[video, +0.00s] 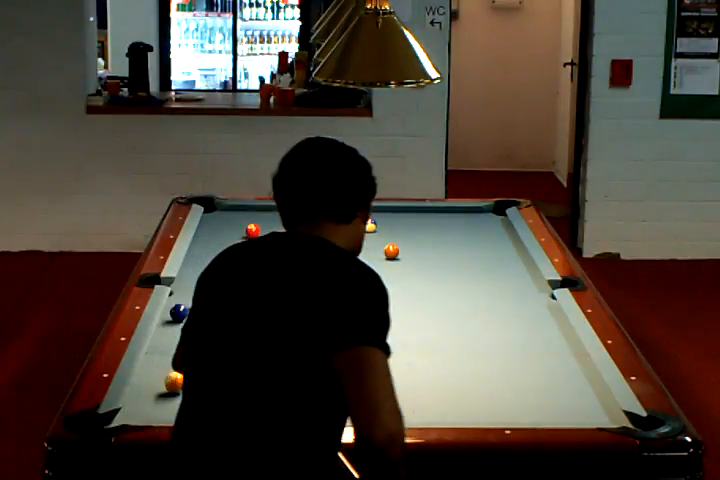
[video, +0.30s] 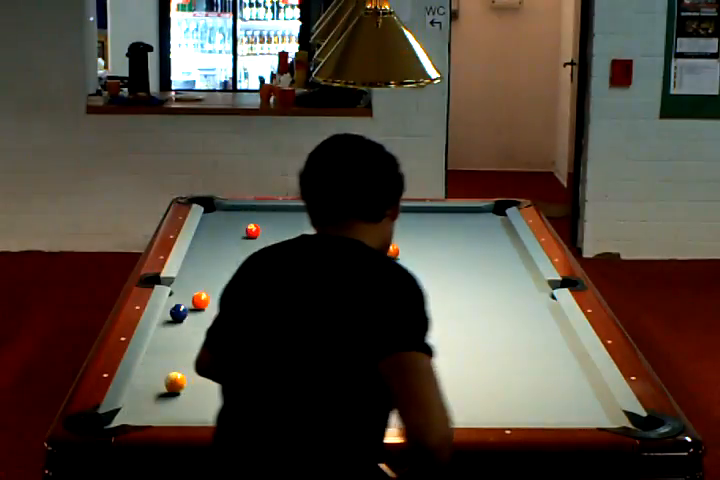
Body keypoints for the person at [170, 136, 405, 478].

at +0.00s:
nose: (366, 226)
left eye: (366, 213)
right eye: (367, 214)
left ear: (282, 205)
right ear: (361, 214)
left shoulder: (227, 263)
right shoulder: (354, 282)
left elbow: (184, 363)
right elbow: (381, 430)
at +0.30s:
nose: (395, 218)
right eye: (396, 208)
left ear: (311, 204)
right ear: (391, 209)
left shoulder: (260, 265)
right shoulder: (391, 283)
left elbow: (207, 363)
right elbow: (432, 434)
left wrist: (280, 379)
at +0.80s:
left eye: (448, 203)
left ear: (450, 209)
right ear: (525, 204)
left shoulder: (420, 282)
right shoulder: (568, 273)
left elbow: (345, 390)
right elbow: (646, 384)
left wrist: (356, 381)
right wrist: (643, 460)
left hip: (428, 479)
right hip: (529, 479)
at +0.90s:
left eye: (478, 202)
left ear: (478, 208)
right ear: (558, 196)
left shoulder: (452, 277)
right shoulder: (600, 265)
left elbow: (376, 392)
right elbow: (688, 369)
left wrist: (382, 394)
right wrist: (699, 455)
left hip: (461, 474)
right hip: (563, 473)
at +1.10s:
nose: (533, 222)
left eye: (531, 213)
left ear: (536, 217)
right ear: (608, 205)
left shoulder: (518, 282)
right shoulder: (670, 266)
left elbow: (437, 395)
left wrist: (431, 407)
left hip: (535, 478)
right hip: (641, 476)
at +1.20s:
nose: (563, 236)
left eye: (564, 225)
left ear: (572, 229)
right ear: (643, 222)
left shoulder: (559, 301)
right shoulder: (698, 279)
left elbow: (480, 394)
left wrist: (452, 423)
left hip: (581, 472)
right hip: (690, 466)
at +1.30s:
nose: (600, 262)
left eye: (601, 253)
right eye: (601, 252)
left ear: (612, 258)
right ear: (682, 241)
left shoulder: (595, 332)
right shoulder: (717, 298)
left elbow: (506, 411)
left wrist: (471, 422)